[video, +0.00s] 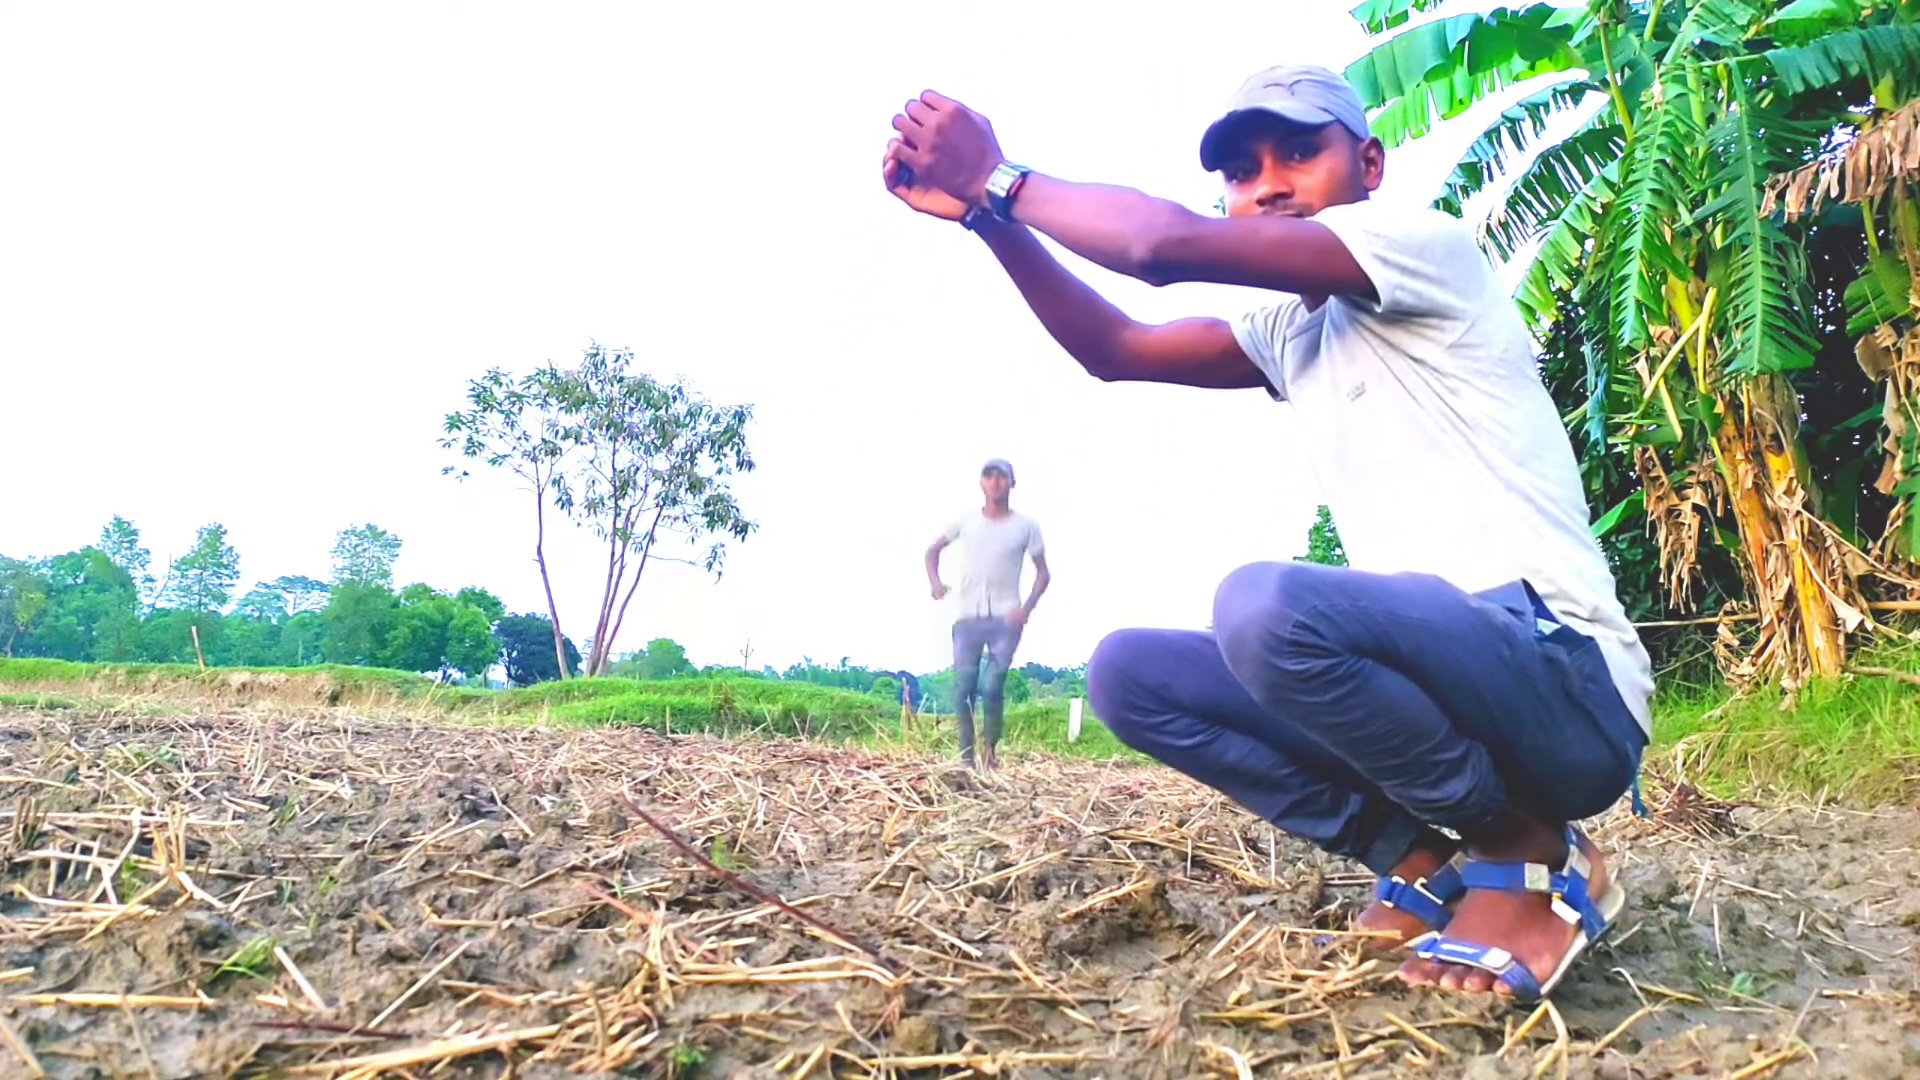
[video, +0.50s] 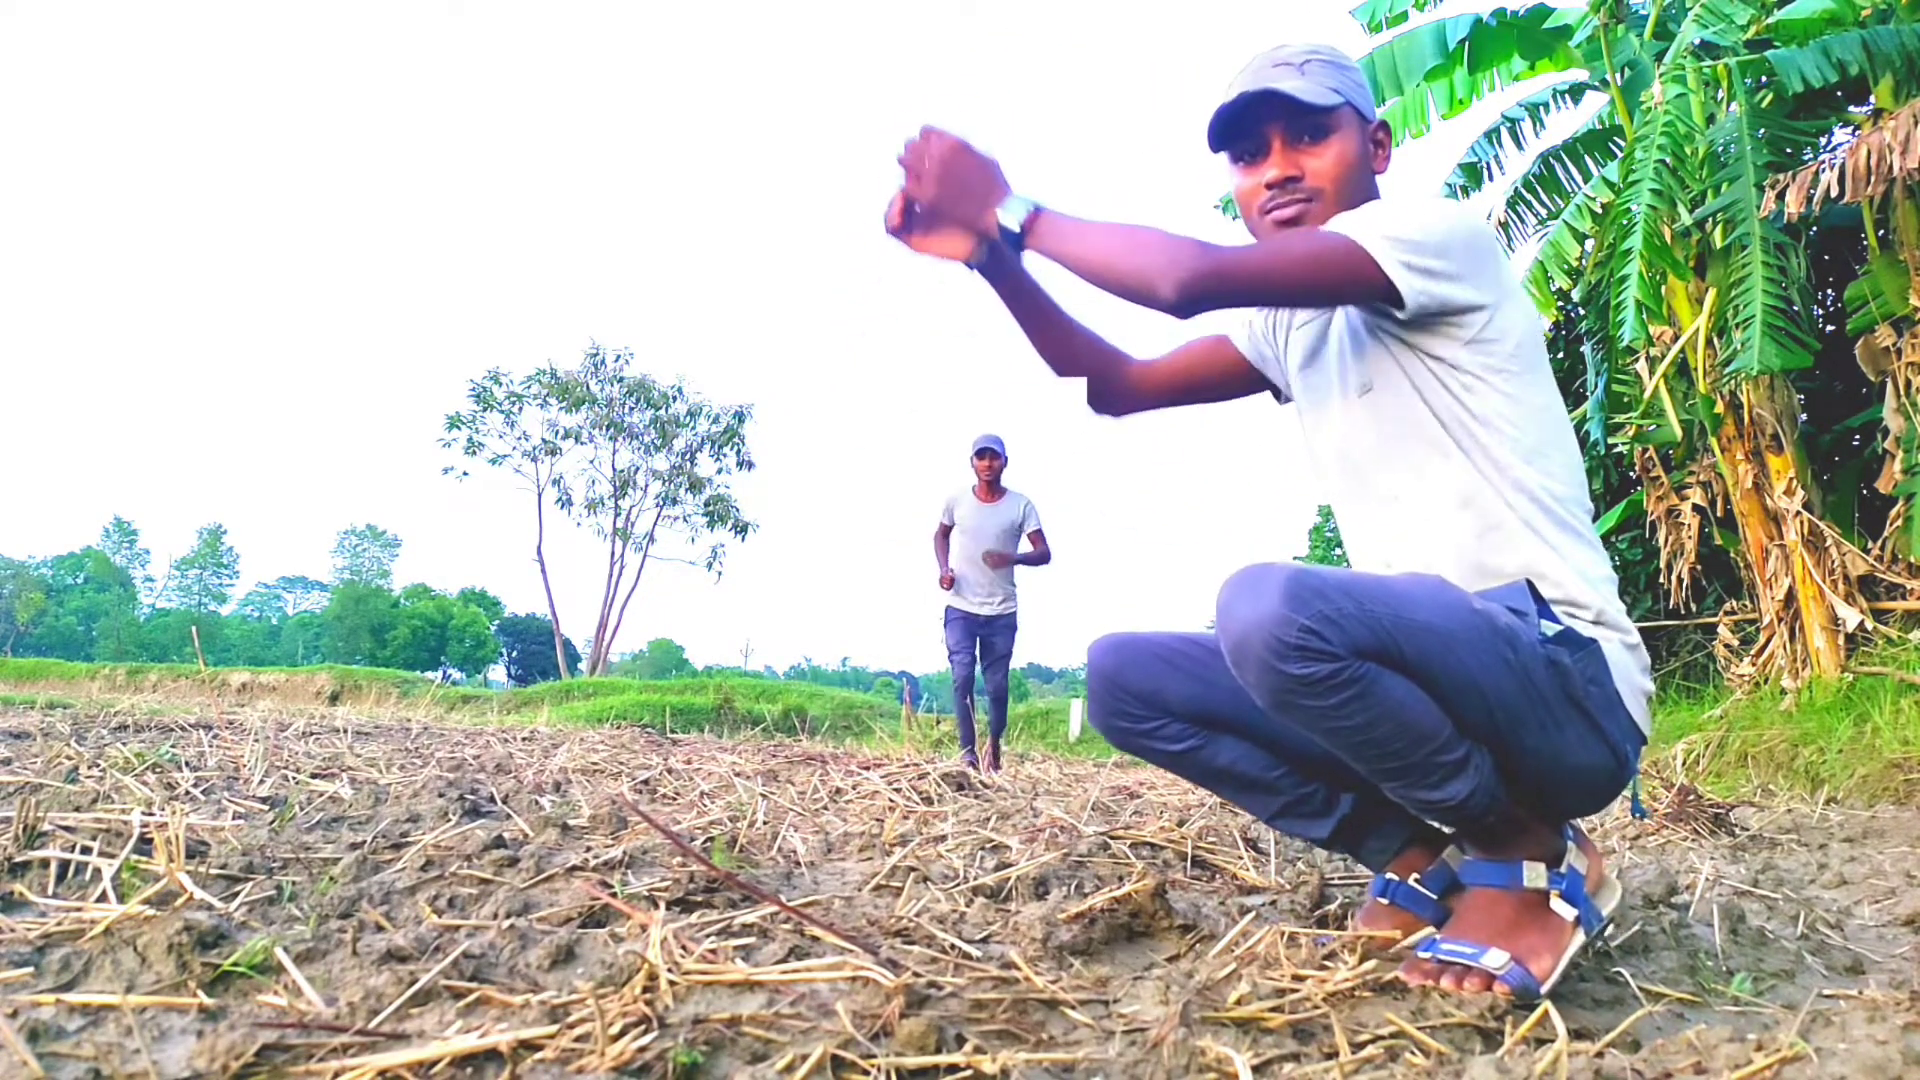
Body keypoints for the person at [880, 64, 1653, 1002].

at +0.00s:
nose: (1268, 183)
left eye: (1300, 149)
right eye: (1241, 168)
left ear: (1371, 164)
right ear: (1228, 193)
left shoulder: (1425, 246)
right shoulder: (1297, 330)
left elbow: (1158, 243)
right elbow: (1114, 348)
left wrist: (995, 179)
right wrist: (992, 219)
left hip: (1565, 674)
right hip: (1441, 689)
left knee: (1266, 610)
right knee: (1129, 674)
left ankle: (1529, 851)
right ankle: (1424, 857)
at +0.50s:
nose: (1275, 167)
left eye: (1309, 132)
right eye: (1247, 148)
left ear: (1379, 149)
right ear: (1231, 180)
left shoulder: (1443, 239)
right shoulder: (1295, 328)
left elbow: (1189, 278)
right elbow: (1116, 383)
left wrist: (1011, 212)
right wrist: (991, 257)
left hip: (1566, 670)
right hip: (1435, 684)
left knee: (1271, 611)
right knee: (1124, 681)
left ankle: (1520, 859)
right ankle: (1425, 854)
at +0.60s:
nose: (1281, 161)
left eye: (1313, 129)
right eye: (1252, 143)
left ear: (1381, 147)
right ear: (1235, 186)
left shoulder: (1459, 247)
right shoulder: (1301, 346)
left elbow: (1295, 397)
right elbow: (1179, 501)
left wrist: (1077, 386)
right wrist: (1041, 453)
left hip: (1567, 676)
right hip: (1434, 700)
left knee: (1268, 613)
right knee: (1122, 681)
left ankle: (1518, 859)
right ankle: (1415, 858)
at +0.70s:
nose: (1273, 168)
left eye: (1302, 136)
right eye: (1241, 150)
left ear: (1364, 151)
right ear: (1220, 190)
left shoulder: (1457, 259)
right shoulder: (1275, 369)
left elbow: (1387, 461)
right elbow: (1228, 554)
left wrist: (1147, 494)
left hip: (1573, 684)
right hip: (1420, 707)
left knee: (1278, 608)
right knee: (1122, 677)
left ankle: (1521, 859)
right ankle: (1411, 853)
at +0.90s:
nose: (1226, 163)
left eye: (1249, 120)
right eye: (1188, 144)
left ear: (1312, 112)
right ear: (1163, 176)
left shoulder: (1438, 205)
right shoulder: (1236, 323)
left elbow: (1496, 432)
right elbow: (1251, 520)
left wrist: (1227, 473)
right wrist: (1168, 578)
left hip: (1615, 606)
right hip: (1439, 632)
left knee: (1390, 528)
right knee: (1158, 629)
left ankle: (1529, 864)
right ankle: (1416, 860)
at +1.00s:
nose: (1247, 67)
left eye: (1272, 23)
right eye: (1207, 43)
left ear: (1337, 15)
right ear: (1175, 71)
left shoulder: (1479, 120)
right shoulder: (1226, 220)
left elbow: (1533, 378)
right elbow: (1249, 434)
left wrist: (1276, 469)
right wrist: (1193, 551)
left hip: (1626, 465)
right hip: (1426, 491)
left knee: (1445, 500)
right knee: (1187, 594)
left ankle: (1533, 864)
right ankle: (1426, 864)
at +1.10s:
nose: (1338, 73)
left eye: (1367, 48)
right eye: (1315, 44)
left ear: (1428, 12)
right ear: (1295, 11)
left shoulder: (1556, 28)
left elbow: (1561, 316)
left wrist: (1348, 507)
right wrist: (1264, 550)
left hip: (1634, 332)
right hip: (1449, 359)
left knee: (1500, 505)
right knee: (1220, 555)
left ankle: (1542, 876)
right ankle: (1429, 856)